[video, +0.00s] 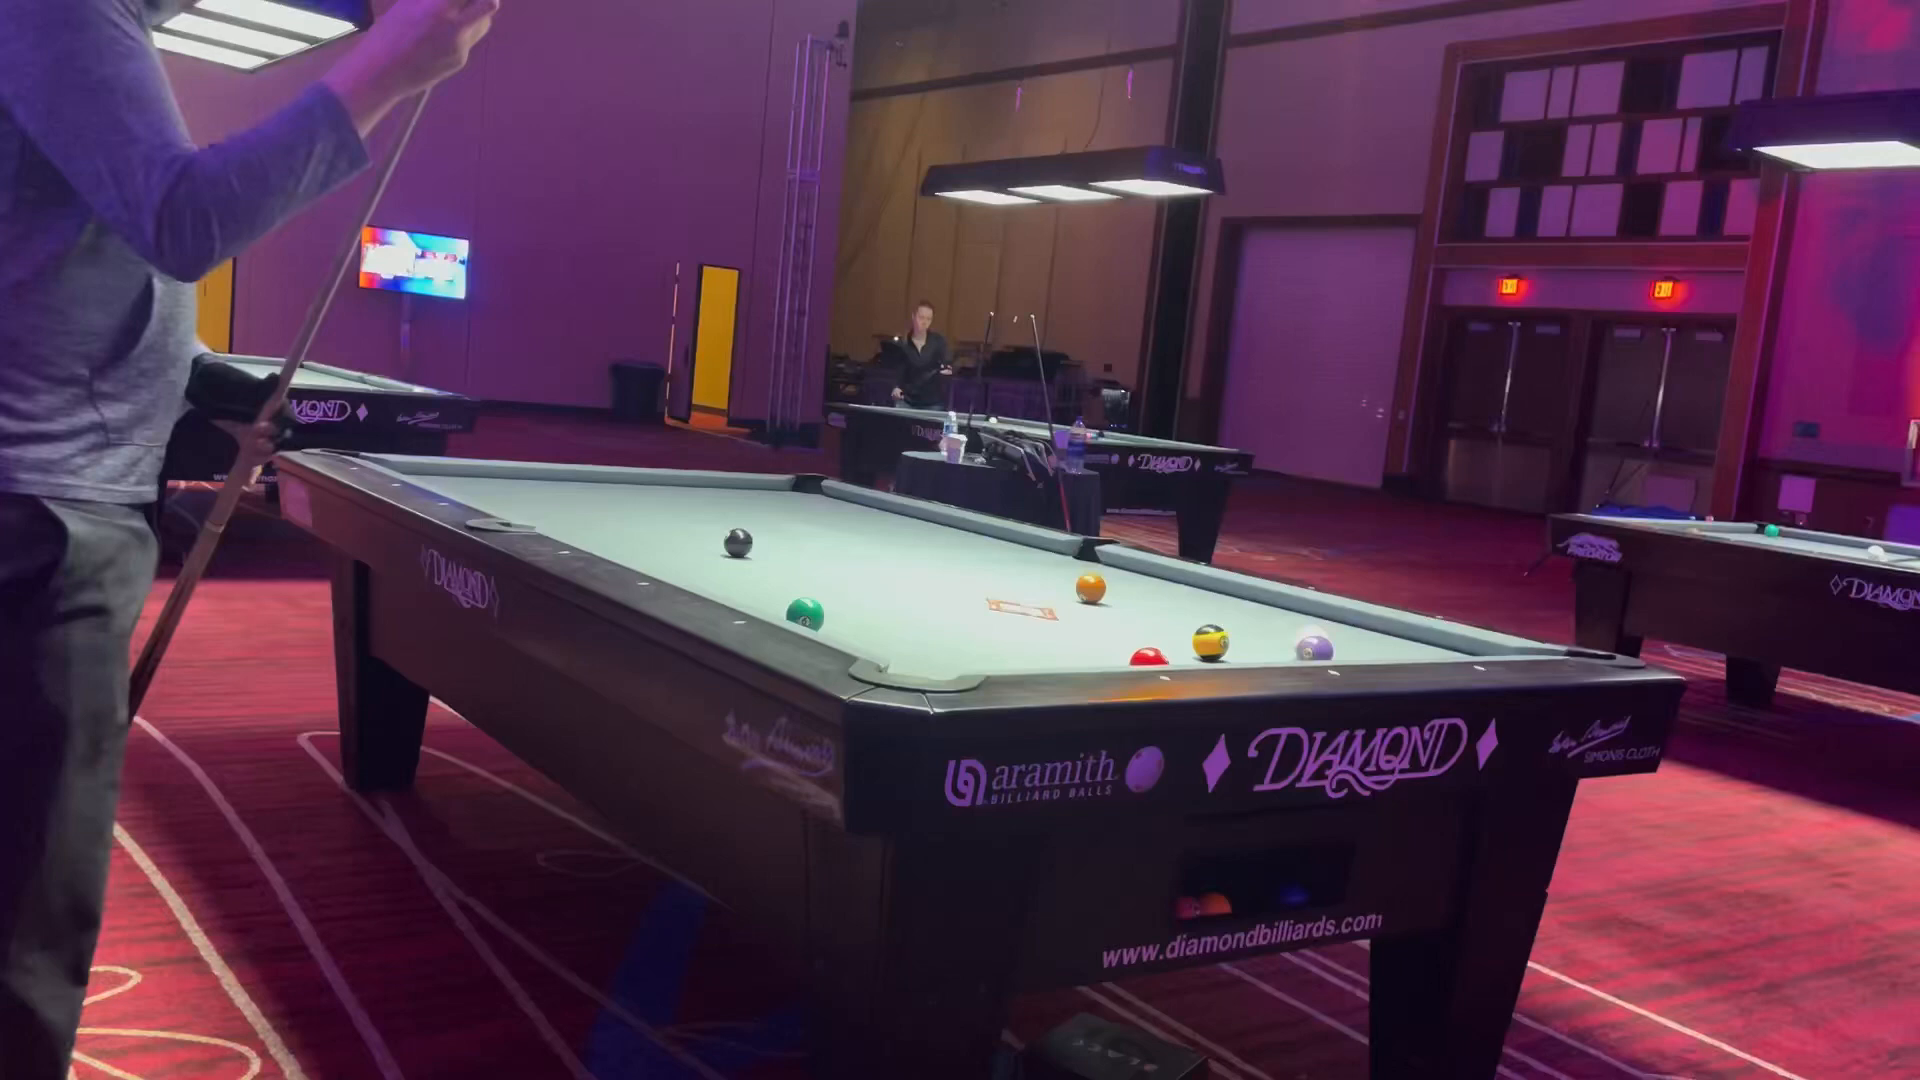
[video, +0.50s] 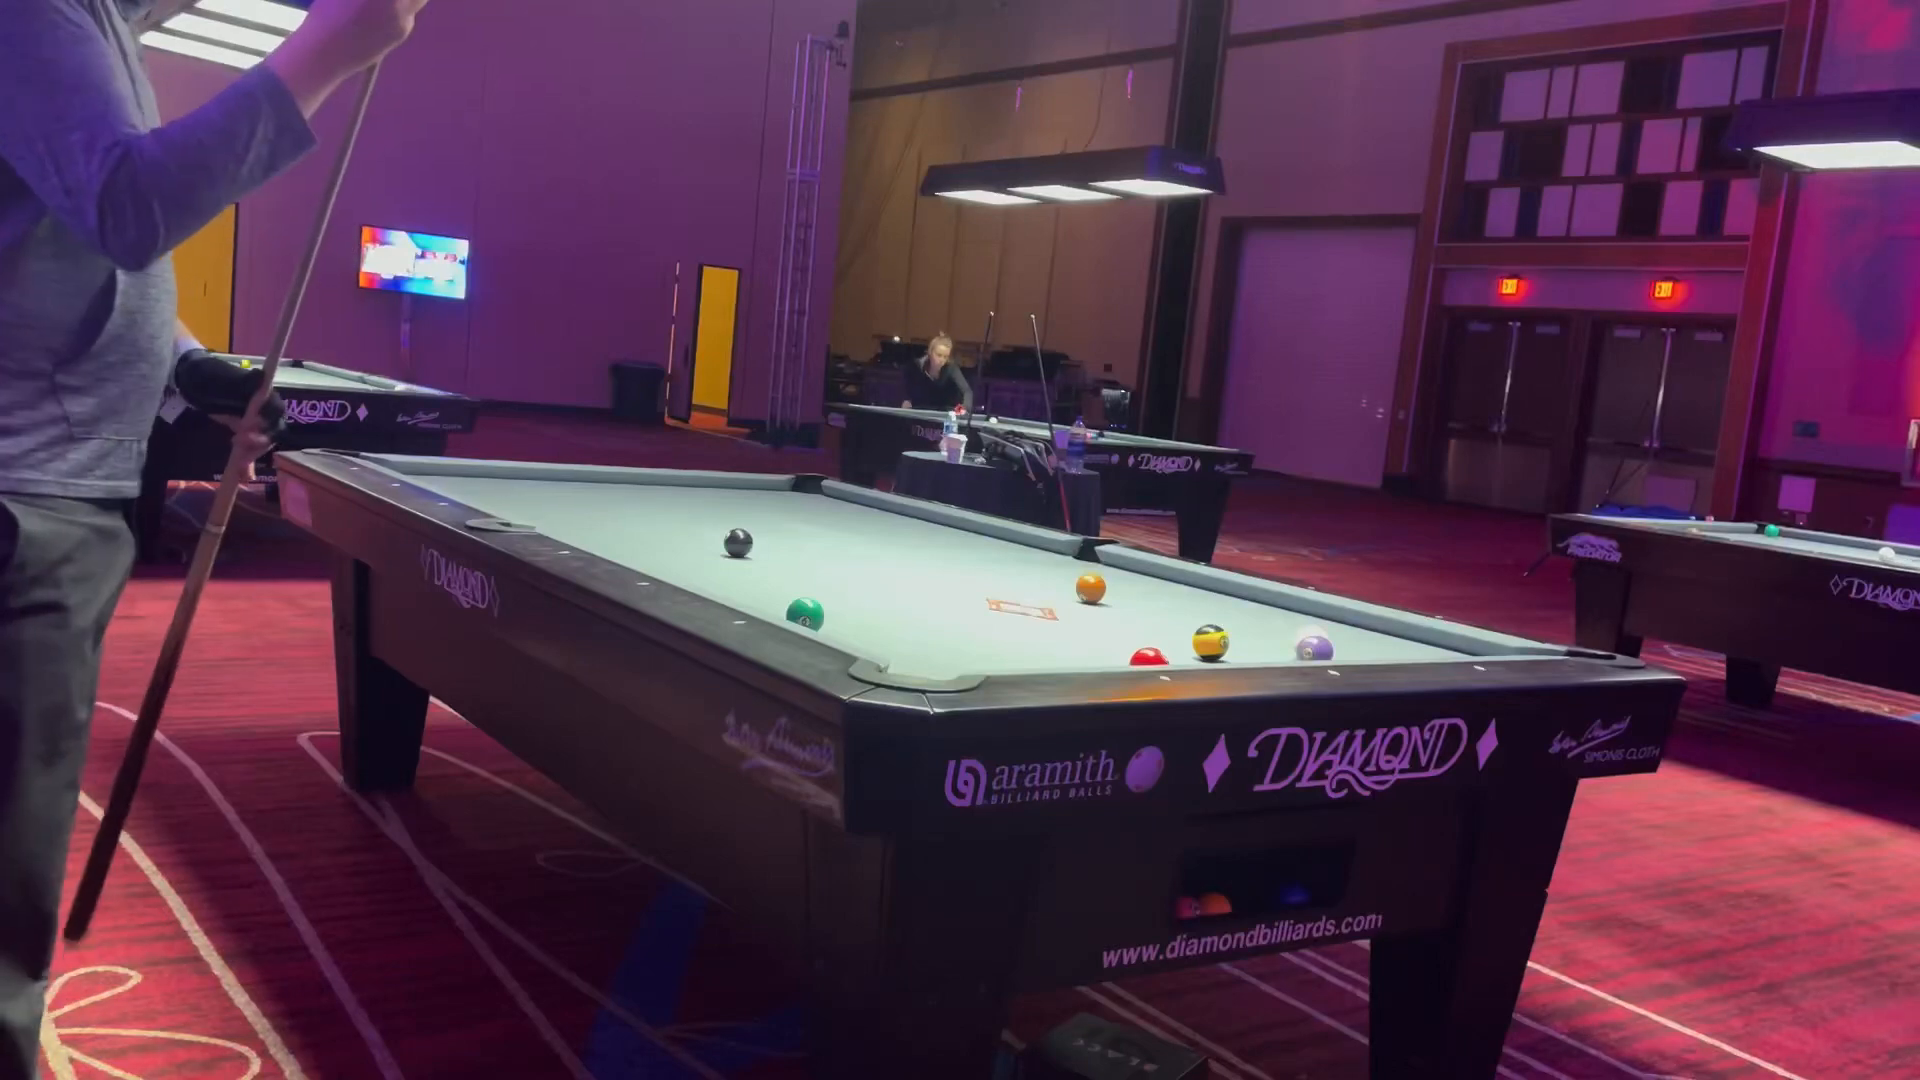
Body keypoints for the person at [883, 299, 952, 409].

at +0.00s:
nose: (924, 322)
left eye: (928, 319)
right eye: (921, 318)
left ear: (931, 321)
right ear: (913, 317)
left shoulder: (938, 341)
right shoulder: (902, 342)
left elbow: (946, 360)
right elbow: (898, 368)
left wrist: (947, 368)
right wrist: (896, 387)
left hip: (932, 401)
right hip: (906, 399)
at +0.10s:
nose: (929, 328)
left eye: (933, 325)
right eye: (926, 323)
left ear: (936, 327)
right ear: (918, 323)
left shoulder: (940, 344)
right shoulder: (907, 346)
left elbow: (953, 362)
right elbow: (900, 371)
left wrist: (953, 375)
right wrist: (898, 392)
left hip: (936, 402)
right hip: (912, 401)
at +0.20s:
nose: (933, 335)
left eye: (937, 332)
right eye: (930, 330)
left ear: (940, 334)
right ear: (922, 329)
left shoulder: (944, 352)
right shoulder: (910, 351)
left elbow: (962, 377)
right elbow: (902, 375)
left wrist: (957, 387)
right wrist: (901, 396)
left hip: (940, 405)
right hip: (915, 404)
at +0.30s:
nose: (937, 343)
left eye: (941, 340)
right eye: (934, 339)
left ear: (944, 342)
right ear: (925, 337)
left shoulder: (948, 358)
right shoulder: (913, 357)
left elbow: (964, 382)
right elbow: (902, 380)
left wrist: (959, 396)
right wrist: (904, 400)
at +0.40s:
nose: (939, 353)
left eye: (943, 349)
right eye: (936, 347)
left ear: (947, 350)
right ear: (928, 346)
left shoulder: (951, 364)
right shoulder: (916, 361)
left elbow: (966, 387)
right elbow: (904, 381)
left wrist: (961, 403)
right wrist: (905, 400)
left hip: (944, 414)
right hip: (918, 412)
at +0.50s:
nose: (942, 360)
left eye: (945, 357)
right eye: (938, 355)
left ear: (948, 357)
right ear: (930, 352)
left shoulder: (950, 369)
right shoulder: (915, 365)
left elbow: (966, 391)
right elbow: (904, 381)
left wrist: (964, 409)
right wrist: (905, 399)